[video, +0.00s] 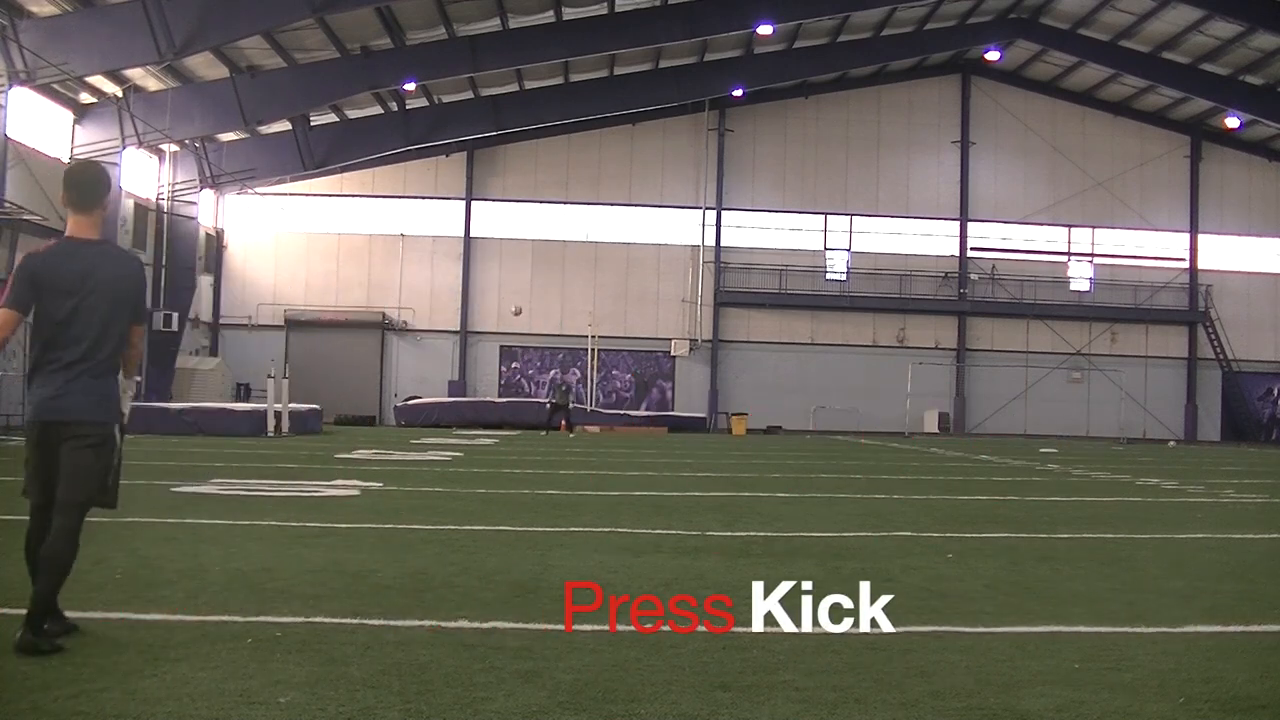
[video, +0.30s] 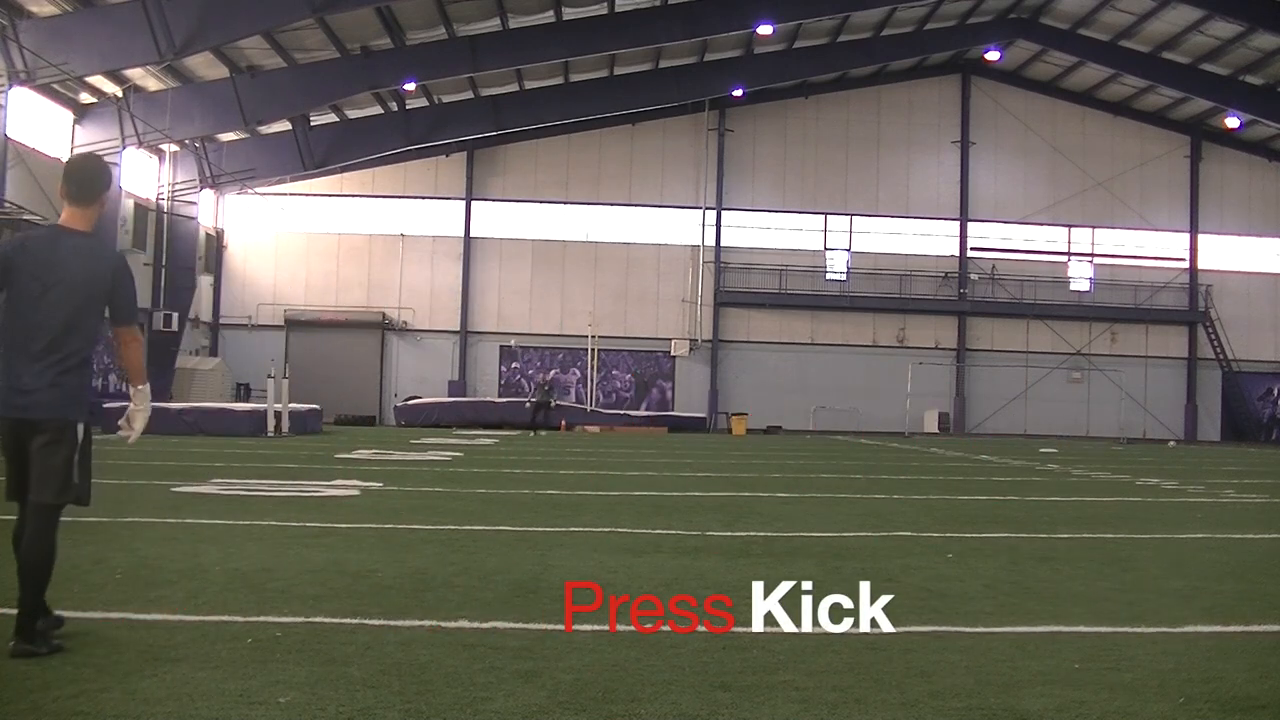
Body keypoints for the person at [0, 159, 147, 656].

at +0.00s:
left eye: (63, 198)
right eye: (103, 197)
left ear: (63, 201)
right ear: (107, 202)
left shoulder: (37, 262)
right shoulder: (130, 267)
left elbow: (4, 330)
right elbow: (133, 355)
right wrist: (118, 363)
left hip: (44, 408)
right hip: (95, 412)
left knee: (42, 511)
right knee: (68, 518)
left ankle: (48, 613)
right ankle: (34, 627)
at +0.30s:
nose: (103, 203)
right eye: (106, 195)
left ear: (60, 192)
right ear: (105, 197)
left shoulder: (19, 247)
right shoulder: (108, 260)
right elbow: (127, 335)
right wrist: (140, 397)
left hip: (11, 401)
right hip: (61, 406)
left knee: (29, 508)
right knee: (42, 515)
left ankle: (36, 611)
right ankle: (27, 631)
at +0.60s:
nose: (87, 201)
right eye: (90, 192)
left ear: (45, 190)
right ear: (89, 195)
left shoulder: (9, 244)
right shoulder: (92, 257)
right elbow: (100, 338)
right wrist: (113, 406)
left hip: (3, 406)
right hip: (53, 412)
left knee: (5, 518)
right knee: (40, 523)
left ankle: (6, 622)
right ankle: (26, 632)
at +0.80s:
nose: (77, 199)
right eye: (78, 193)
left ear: (31, 188)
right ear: (75, 195)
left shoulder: (6, 240)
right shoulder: (79, 257)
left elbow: (83, 339)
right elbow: (83, 339)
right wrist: (100, 409)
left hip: (3, 409)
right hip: (45, 414)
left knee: (8, 521)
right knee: (38, 525)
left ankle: (22, 632)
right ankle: (26, 633)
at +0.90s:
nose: (70, 196)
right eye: (70, 189)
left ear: (21, 188)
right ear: (65, 191)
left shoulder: (4, 237)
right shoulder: (75, 255)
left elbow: (80, 338)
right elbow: (79, 337)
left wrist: (94, 407)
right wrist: (96, 408)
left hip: (1, 410)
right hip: (42, 415)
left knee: (9, 525)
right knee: (36, 527)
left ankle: (22, 633)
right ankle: (26, 633)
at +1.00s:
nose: (57, 193)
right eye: (59, 185)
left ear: (10, 185)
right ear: (56, 187)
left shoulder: (3, 234)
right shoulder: (70, 249)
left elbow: (77, 332)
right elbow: (76, 330)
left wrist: (92, 401)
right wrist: (94, 402)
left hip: (4, 412)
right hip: (39, 414)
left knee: (25, 525)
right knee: (35, 526)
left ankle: (25, 631)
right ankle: (26, 632)